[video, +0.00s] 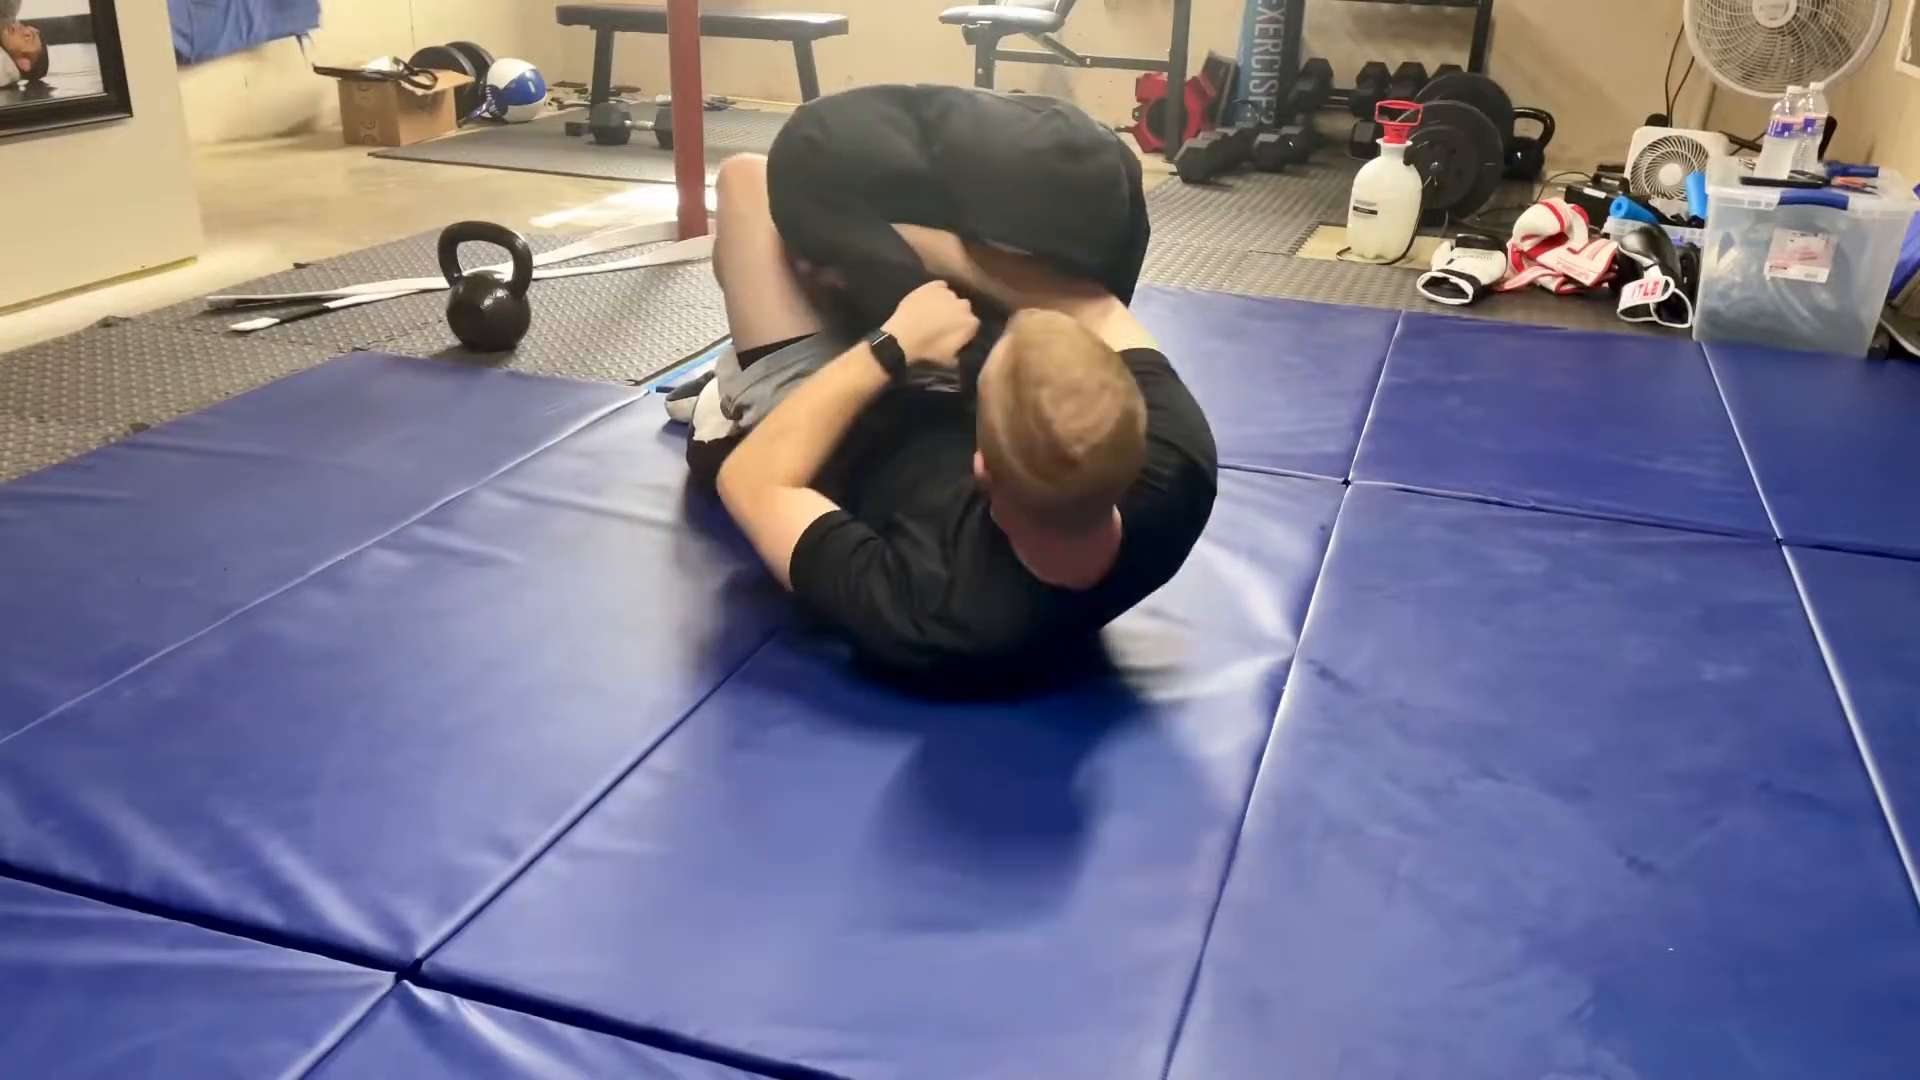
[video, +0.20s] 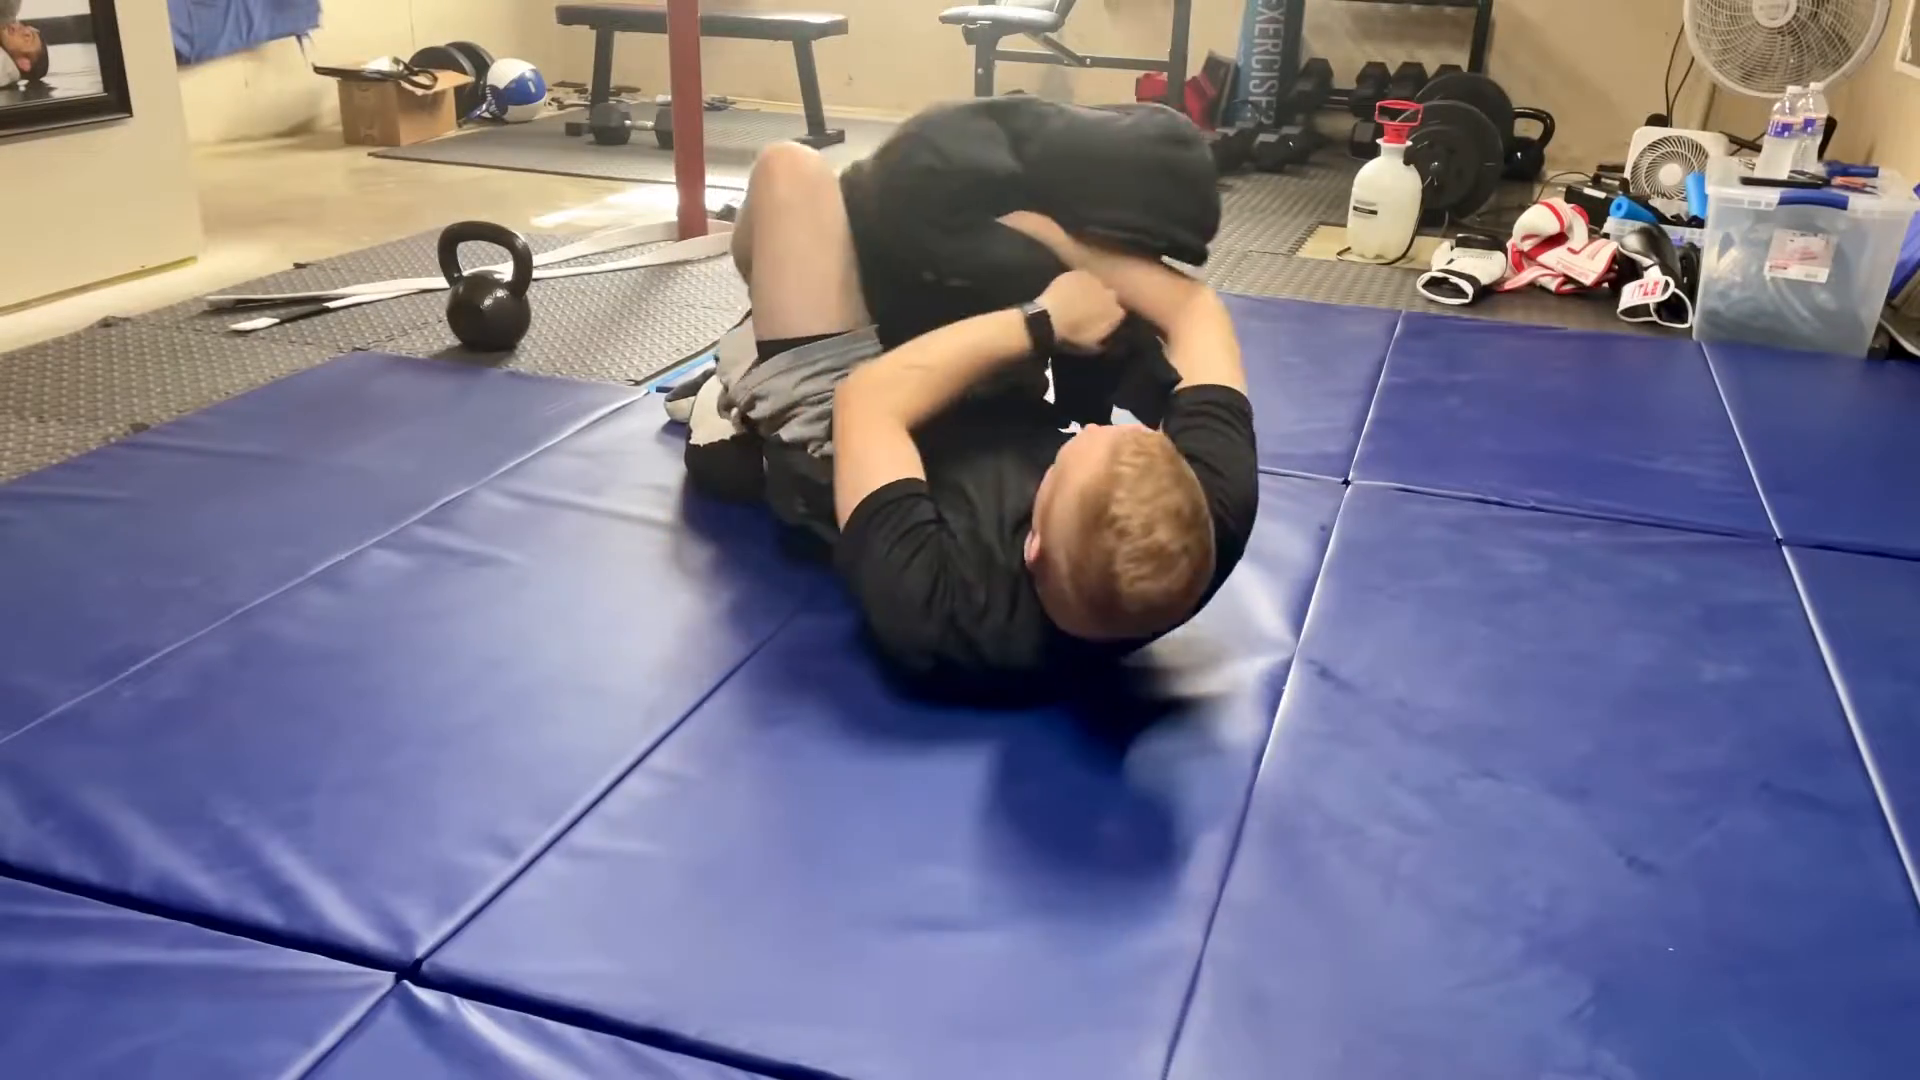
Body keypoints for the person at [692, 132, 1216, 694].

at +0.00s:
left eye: (1005, 356)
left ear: (982, 471)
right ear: (1133, 416)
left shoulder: (930, 613)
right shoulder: (1179, 481)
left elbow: (751, 481)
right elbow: (1094, 306)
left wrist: (890, 350)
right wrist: (875, 228)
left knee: (746, 173)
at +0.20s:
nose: (1096, 429)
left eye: (1085, 455)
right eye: (1117, 443)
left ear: (1034, 548)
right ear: (1167, 456)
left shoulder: (935, 608)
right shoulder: (1214, 506)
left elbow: (869, 395)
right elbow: (1195, 310)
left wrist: (1041, 321)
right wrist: (1066, 247)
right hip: (1016, 411)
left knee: (791, 163)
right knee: (1020, 217)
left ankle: (751, 263)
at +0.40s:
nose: (1157, 471)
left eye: (1148, 487)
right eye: (1174, 482)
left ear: (1064, 568)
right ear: (1218, 535)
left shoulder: (952, 596)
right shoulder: (1244, 550)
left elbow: (964, 368)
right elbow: (1307, 384)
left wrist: (1157, 376)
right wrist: (1162, 272)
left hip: (868, 427)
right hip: (1039, 450)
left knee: (854, 165)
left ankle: (703, 229)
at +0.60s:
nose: (1186, 416)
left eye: (1153, 461)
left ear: (1108, 515)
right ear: (1241, 584)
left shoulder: (984, 548)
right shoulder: (1259, 598)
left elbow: (1058, 353)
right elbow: (1371, 490)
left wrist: (1181, 427)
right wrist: (1243, 381)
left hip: (897, 453)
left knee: (877, 164)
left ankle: (657, 219)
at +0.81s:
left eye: (1142, 318)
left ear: (1133, 366)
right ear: (1269, 415)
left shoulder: (1031, 428)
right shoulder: (1280, 534)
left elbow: (1067, 262)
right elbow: (1377, 570)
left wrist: (1192, 323)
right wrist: (1284, 450)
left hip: (892, 434)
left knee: (820, 133)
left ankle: (621, 306)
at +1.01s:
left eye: (1132, 187)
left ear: (1125, 218)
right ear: (1249, 257)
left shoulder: (1027, 276)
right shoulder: (1268, 416)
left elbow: (1054, 143)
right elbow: (1349, 575)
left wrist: (1176, 99)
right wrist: (1268, 476)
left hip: (884, 472)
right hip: (1046, 560)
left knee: (773, 147)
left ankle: (623, 380)